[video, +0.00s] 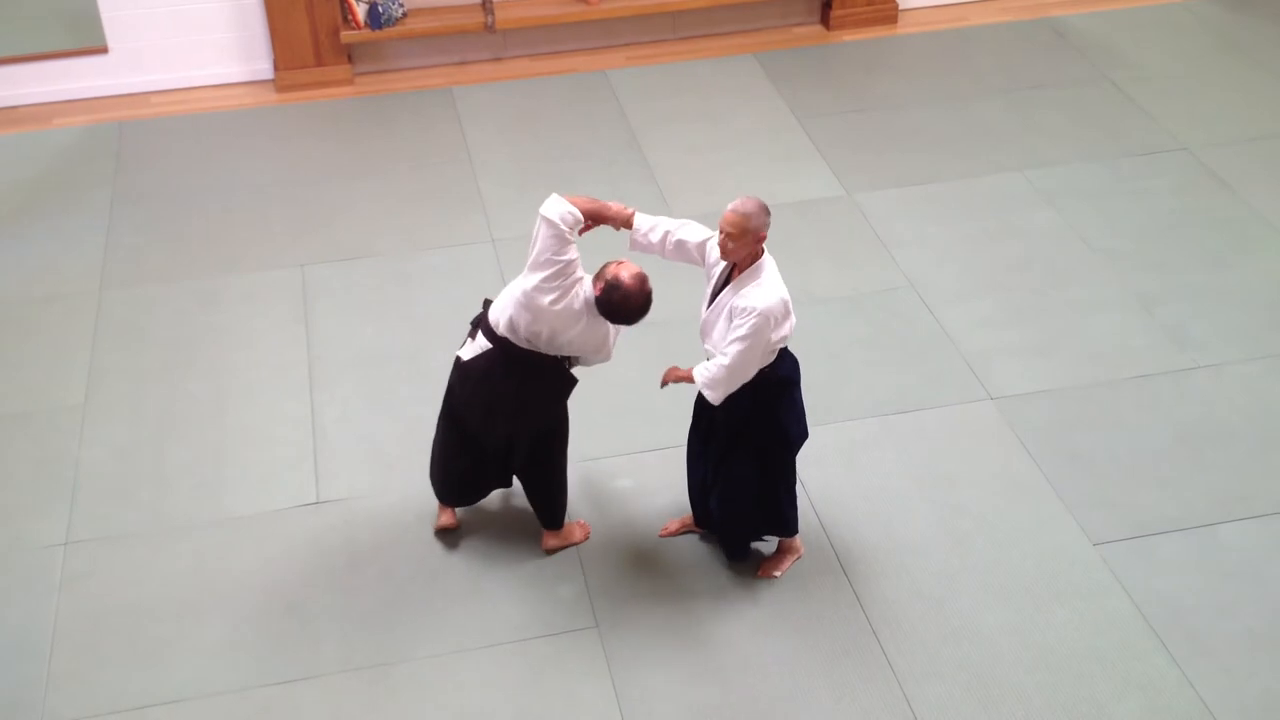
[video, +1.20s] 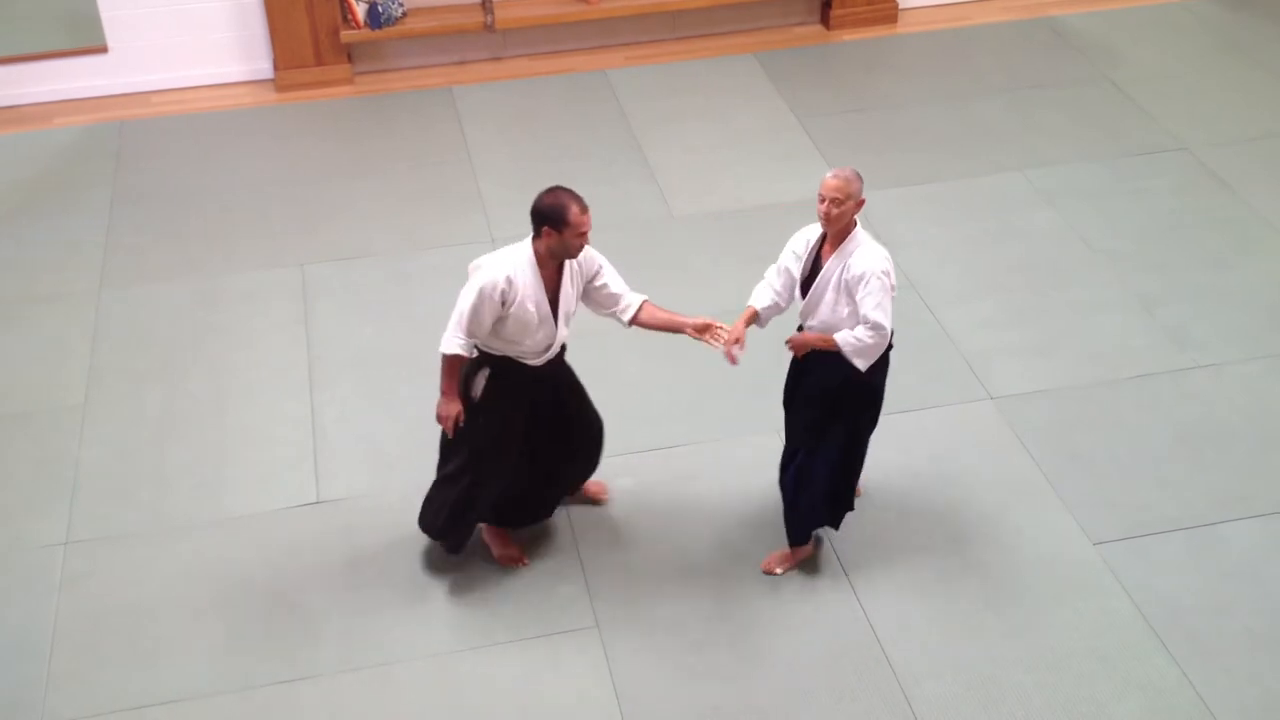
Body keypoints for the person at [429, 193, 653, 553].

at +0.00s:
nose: (624, 258)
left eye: (621, 266)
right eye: (634, 265)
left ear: (601, 282)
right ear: (624, 316)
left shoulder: (558, 266)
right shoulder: (604, 337)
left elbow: (561, 209)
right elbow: (579, 358)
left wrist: (613, 214)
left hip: (488, 358)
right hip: (544, 379)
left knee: (460, 432)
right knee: (546, 453)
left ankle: (446, 509)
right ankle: (553, 530)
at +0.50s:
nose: (602, 232)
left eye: (601, 237)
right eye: (608, 242)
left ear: (583, 240)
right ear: (599, 281)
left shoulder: (559, 233)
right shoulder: (561, 329)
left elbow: (590, 226)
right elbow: (566, 385)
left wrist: (623, 256)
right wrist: (581, 393)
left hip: (477, 340)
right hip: (510, 379)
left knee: (477, 420)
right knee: (552, 453)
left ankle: (422, 473)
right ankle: (556, 534)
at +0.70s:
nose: (577, 253)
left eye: (577, 247)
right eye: (571, 249)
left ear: (541, 252)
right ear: (544, 257)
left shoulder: (533, 254)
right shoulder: (512, 309)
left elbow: (592, 284)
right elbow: (511, 379)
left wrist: (649, 304)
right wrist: (546, 419)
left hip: (467, 363)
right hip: (486, 385)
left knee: (466, 443)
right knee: (545, 455)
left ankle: (443, 498)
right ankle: (560, 534)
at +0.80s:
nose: (567, 247)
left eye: (567, 239)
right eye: (561, 241)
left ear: (534, 245)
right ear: (531, 247)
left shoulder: (551, 261)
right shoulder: (489, 294)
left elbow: (600, 299)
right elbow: (481, 371)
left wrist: (659, 318)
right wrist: (516, 418)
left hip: (503, 369)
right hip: (472, 380)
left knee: (466, 449)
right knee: (530, 455)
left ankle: (442, 500)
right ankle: (551, 535)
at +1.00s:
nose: (568, 241)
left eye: (569, 232)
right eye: (561, 234)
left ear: (534, 236)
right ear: (529, 236)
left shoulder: (567, 265)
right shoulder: (480, 279)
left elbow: (615, 308)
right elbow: (447, 348)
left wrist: (677, 322)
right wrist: (457, 408)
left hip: (520, 379)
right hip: (476, 379)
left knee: (520, 459)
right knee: (477, 461)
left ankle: (524, 533)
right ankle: (474, 534)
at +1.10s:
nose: (576, 241)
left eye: (577, 233)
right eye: (569, 235)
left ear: (546, 235)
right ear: (537, 236)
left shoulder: (574, 265)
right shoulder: (487, 279)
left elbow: (623, 308)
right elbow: (448, 341)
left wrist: (684, 321)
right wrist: (443, 401)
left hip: (536, 375)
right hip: (487, 380)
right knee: (483, 460)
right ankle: (474, 534)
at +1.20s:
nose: (586, 241)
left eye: (587, 233)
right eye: (579, 235)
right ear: (547, 234)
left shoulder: (582, 262)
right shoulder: (496, 276)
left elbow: (629, 306)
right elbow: (457, 338)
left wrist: (688, 324)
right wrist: (449, 395)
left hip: (550, 368)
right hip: (501, 377)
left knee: (583, 431)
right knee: (503, 455)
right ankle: (493, 523)